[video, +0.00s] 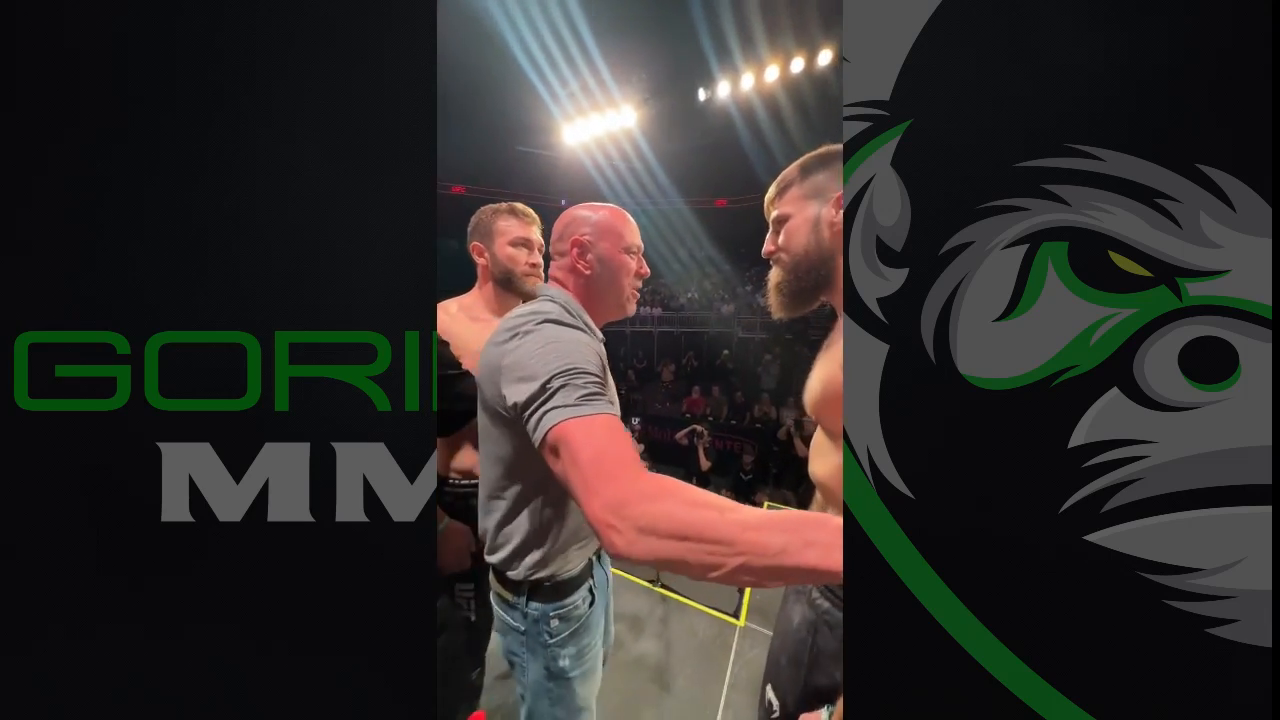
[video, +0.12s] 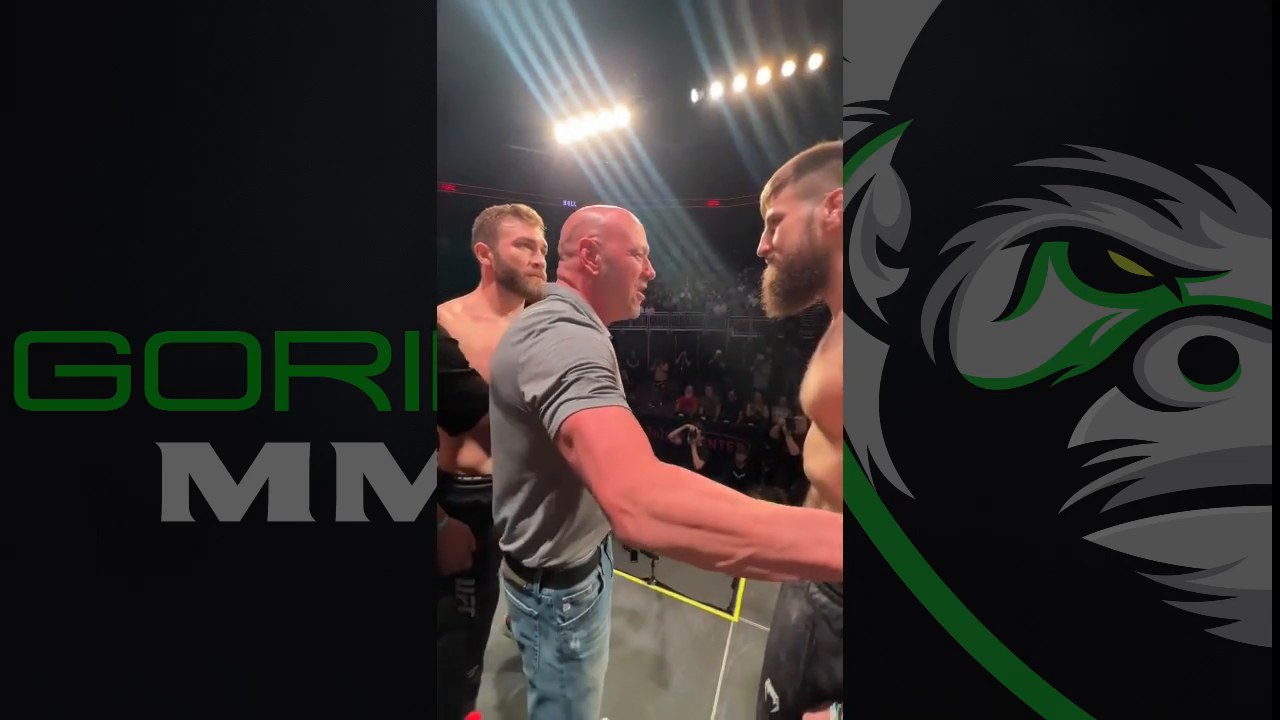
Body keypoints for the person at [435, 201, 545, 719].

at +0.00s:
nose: (537, 257)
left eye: (540, 247)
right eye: (522, 246)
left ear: (545, 256)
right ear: (482, 254)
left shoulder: (544, 326)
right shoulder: (442, 321)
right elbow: (414, 429)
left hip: (535, 501)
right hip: (463, 506)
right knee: (462, 631)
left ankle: (543, 704)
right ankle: (462, 707)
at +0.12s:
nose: (540, 256)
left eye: (543, 247)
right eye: (525, 246)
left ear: (547, 256)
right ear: (485, 254)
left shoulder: (544, 325)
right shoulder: (445, 321)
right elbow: (415, 421)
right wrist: (439, 520)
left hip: (527, 490)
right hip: (461, 493)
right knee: (461, 618)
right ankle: (458, 706)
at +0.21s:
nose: (542, 257)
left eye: (545, 249)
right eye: (527, 247)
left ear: (549, 257)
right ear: (488, 254)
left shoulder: (547, 324)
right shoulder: (446, 323)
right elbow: (417, 426)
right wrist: (439, 519)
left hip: (534, 484)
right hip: (467, 490)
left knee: (556, 556)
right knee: (467, 612)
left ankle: (531, 621)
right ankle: (459, 705)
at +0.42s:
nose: (543, 255)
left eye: (545, 247)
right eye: (528, 245)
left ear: (548, 257)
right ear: (490, 253)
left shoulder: (546, 327)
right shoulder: (448, 320)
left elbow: (558, 410)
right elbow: (429, 414)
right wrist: (435, 510)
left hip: (535, 481)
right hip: (474, 484)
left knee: (534, 563)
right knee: (462, 618)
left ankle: (511, 635)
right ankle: (450, 708)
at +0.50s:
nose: (540, 255)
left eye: (542, 247)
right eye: (525, 245)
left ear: (545, 257)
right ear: (487, 253)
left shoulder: (542, 327)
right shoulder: (447, 320)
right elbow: (429, 400)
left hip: (530, 480)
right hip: (470, 482)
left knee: (528, 567)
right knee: (458, 613)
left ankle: (504, 639)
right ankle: (445, 706)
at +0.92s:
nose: (499, 256)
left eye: (501, 247)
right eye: (484, 245)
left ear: (504, 253)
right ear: (446, 252)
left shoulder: (503, 323)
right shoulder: (425, 318)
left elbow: (516, 393)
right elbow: (404, 392)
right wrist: (482, 401)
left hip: (481, 465)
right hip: (429, 470)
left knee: (476, 564)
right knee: (426, 573)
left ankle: (464, 643)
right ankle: (426, 658)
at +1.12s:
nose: (445, 251)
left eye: (445, 242)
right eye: (439, 242)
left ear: (444, 248)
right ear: (419, 251)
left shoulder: (452, 322)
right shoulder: (445, 323)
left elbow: (465, 396)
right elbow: (441, 399)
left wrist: (441, 406)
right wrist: (482, 408)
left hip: (440, 459)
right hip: (428, 462)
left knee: (442, 554)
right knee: (439, 557)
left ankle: (438, 640)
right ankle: (434, 644)